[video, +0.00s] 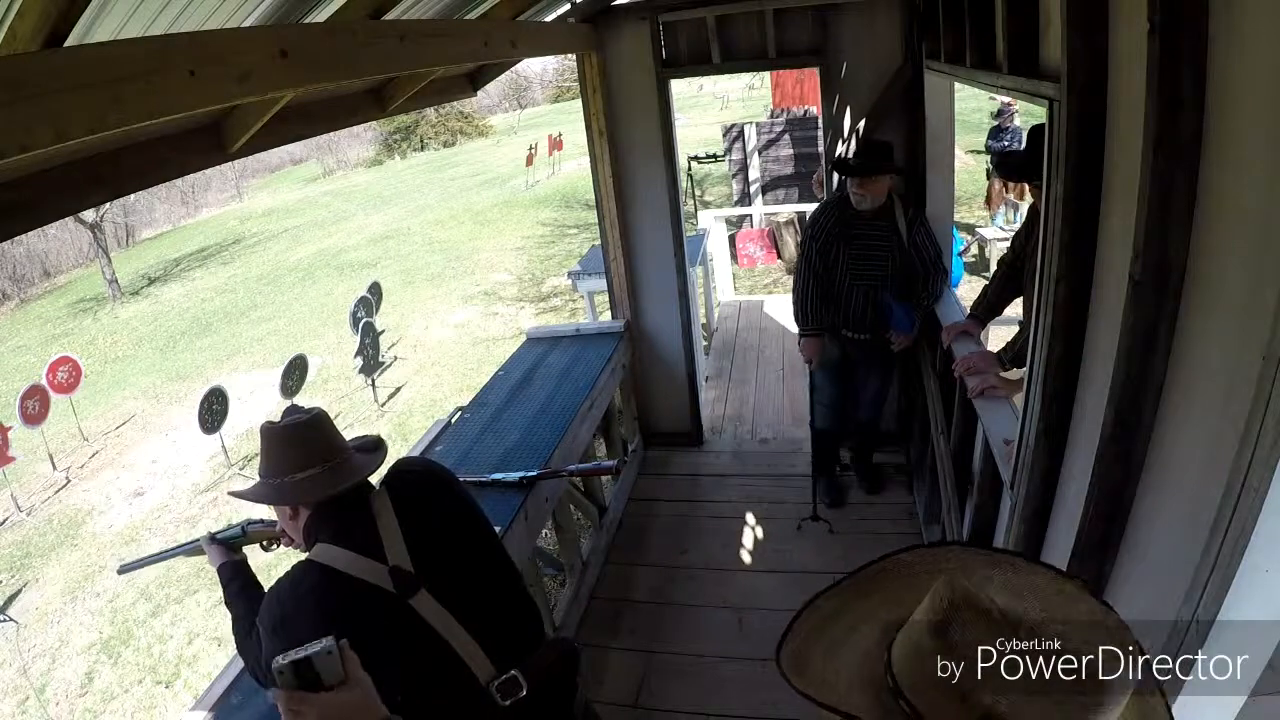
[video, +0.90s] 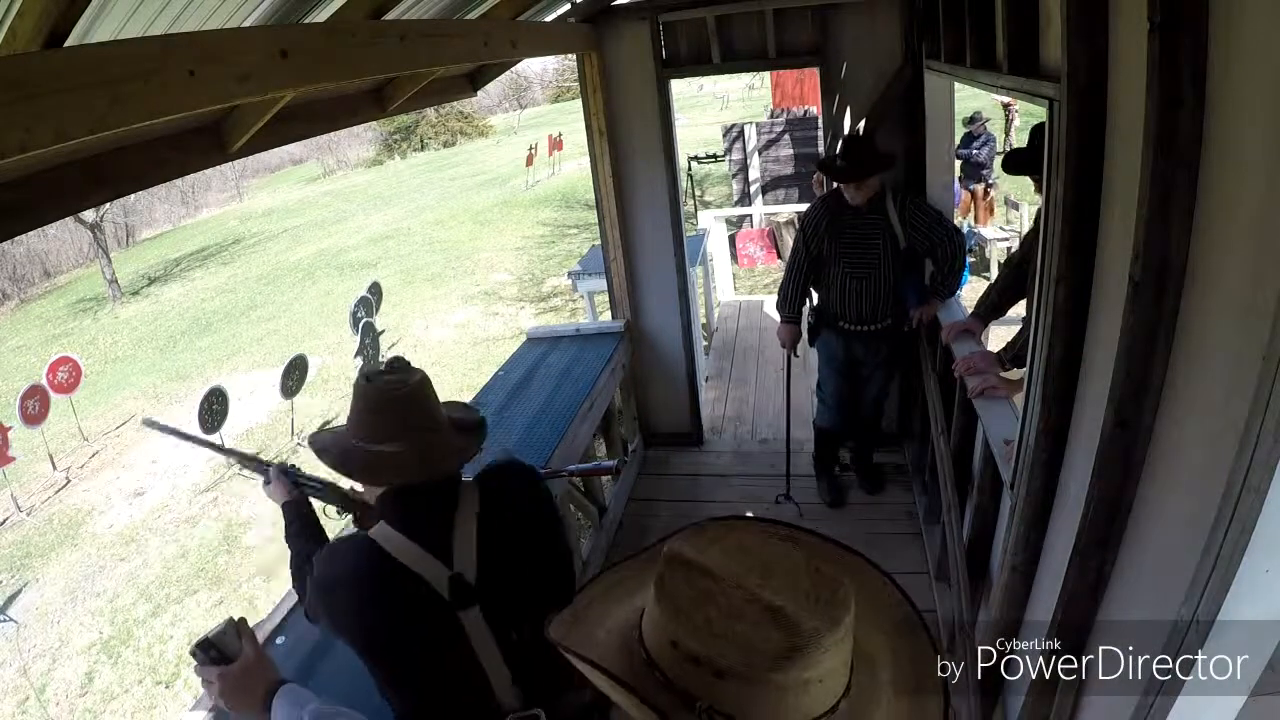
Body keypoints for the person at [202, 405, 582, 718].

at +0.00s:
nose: (278, 516)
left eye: (275, 507)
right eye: (272, 508)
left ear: (295, 512)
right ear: (356, 471)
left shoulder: (295, 605)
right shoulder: (427, 480)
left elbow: (268, 668)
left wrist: (228, 568)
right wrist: (313, 538)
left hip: (446, 719)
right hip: (544, 678)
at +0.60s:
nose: (294, 504)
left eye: (293, 494)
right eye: (291, 494)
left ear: (309, 500)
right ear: (377, 464)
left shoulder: (300, 593)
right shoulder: (452, 483)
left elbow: (273, 654)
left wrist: (250, 553)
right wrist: (331, 524)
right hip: (549, 686)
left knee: (283, 702)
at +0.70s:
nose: (305, 498)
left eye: (304, 488)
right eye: (303, 488)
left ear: (321, 494)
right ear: (390, 455)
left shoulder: (308, 589)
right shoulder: (464, 474)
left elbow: (279, 650)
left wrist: (257, 554)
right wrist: (344, 522)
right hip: (550, 684)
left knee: (284, 700)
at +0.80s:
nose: (326, 480)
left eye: (327, 470)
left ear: (338, 478)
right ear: (412, 448)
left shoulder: (325, 580)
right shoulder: (481, 475)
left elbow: (287, 632)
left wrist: (265, 540)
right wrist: (358, 519)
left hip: (438, 716)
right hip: (557, 691)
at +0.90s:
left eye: (358, 460)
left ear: (365, 467)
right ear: (448, 442)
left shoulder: (346, 573)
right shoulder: (517, 491)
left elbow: (316, 593)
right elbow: (559, 588)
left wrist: (291, 503)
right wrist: (387, 520)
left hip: (449, 716)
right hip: (568, 696)